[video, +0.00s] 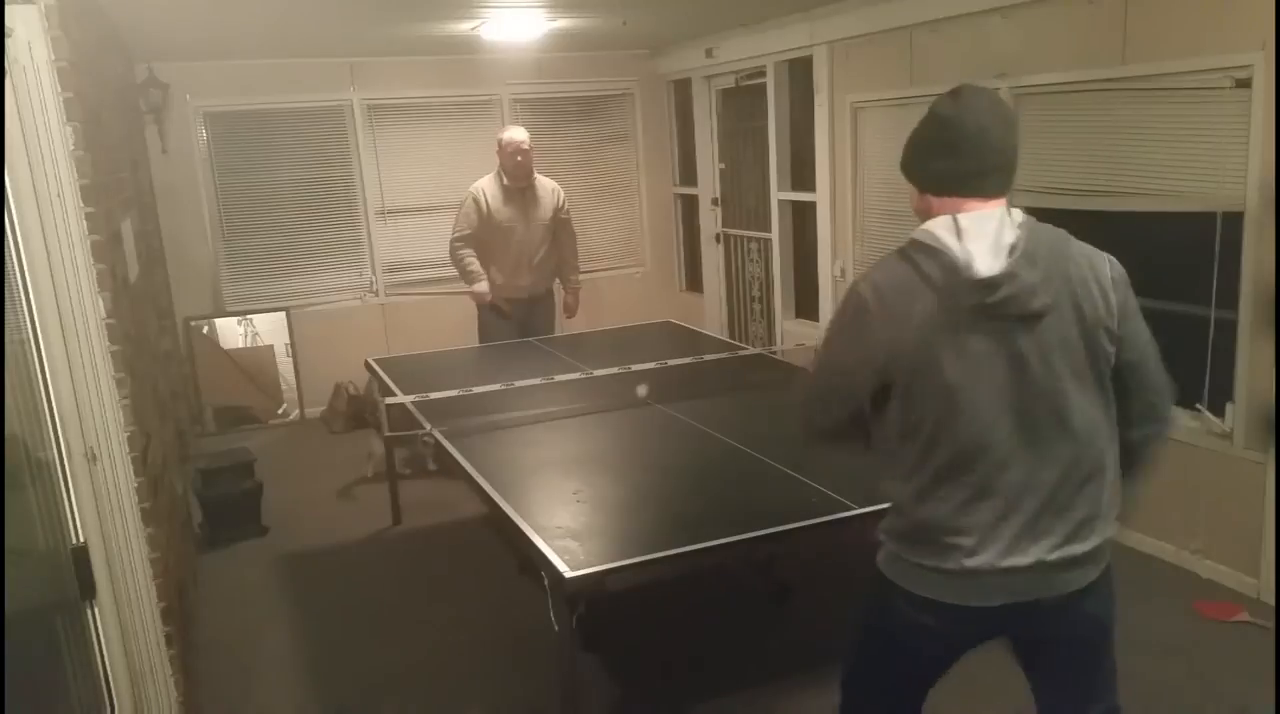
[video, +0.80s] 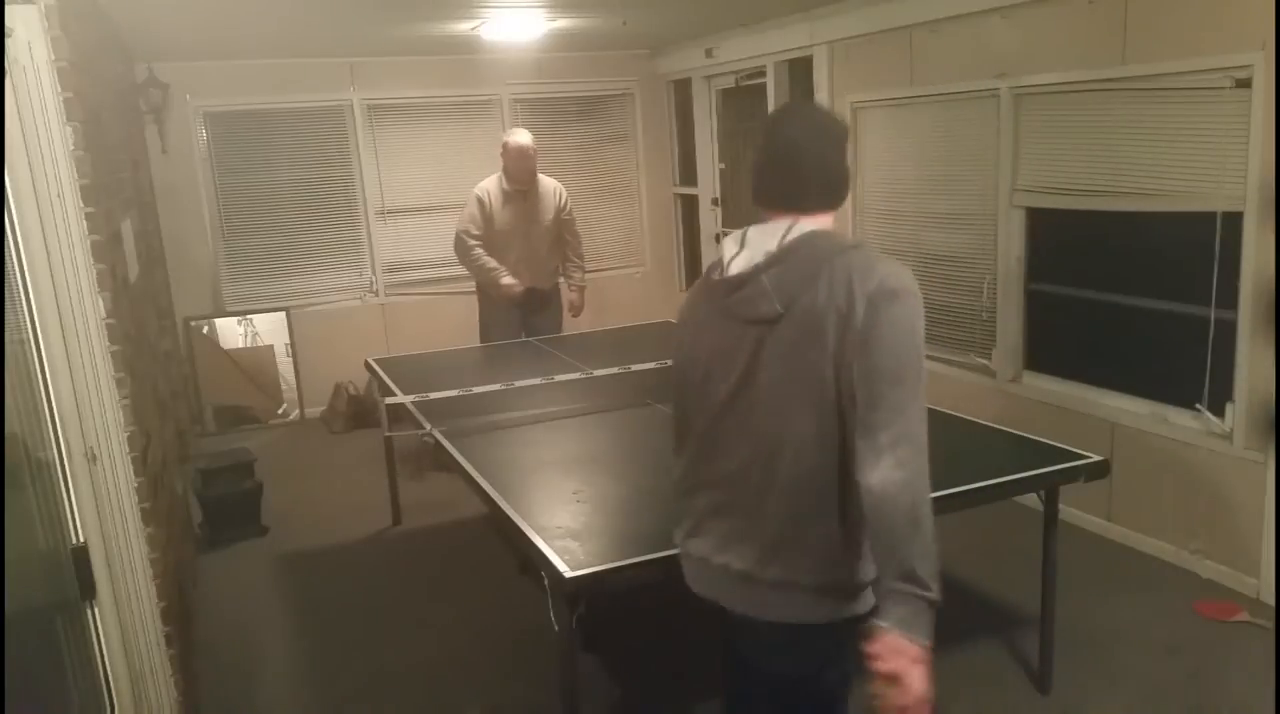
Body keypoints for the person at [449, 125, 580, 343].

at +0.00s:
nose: (519, 159)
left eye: (524, 152)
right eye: (512, 153)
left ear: (532, 152)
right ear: (499, 154)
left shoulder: (552, 192)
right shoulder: (480, 194)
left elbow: (567, 244)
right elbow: (460, 243)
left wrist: (572, 289)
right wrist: (477, 281)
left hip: (540, 301)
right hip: (497, 303)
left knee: (542, 372)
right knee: (499, 372)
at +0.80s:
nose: (527, 165)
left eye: (530, 157)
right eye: (519, 159)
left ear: (536, 155)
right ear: (503, 157)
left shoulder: (554, 192)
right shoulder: (484, 194)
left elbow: (571, 243)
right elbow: (466, 244)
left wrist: (575, 287)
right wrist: (501, 278)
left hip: (544, 296)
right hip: (499, 300)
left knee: (550, 366)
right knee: (503, 368)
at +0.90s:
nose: (536, 172)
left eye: (539, 164)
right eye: (529, 165)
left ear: (544, 162)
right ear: (511, 161)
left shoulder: (557, 195)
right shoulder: (490, 196)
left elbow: (570, 248)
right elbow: (479, 249)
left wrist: (576, 287)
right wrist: (525, 278)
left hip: (546, 302)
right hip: (501, 303)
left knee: (552, 371)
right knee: (504, 371)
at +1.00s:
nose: (541, 177)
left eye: (545, 169)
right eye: (533, 171)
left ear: (549, 165)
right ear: (516, 165)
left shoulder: (557, 197)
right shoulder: (496, 197)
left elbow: (567, 248)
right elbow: (497, 250)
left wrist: (573, 291)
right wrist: (550, 266)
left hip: (545, 296)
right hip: (503, 299)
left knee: (554, 363)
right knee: (506, 367)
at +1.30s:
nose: (535, 162)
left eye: (539, 155)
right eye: (527, 156)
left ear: (544, 156)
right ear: (512, 158)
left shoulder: (555, 194)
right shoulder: (495, 192)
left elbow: (564, 244)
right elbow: (479, 240)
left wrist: (568, 285)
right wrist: (512, 256)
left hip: (548, 292)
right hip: (508, 295)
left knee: (555, 357)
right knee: (516, 359)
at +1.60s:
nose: (519, 156)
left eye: (525, 149)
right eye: (512, 151)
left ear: (535, 152)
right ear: (503, 156)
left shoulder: (555, 192)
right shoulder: (485, 190)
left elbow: (570, 246)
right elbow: (459, 233)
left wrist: (571, 289)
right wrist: (472, 263)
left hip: (542, 294)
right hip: (500, 296)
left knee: (544, 361)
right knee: (504, 363)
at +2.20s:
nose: (490, 152)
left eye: (494, 145)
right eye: (482, 148)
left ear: (505, 149)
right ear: (472, 156)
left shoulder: (535, 182)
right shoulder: (460, 197)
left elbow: (571, 214)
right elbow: (441, 241)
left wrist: (557, 258)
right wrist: (449, 276)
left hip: (533, 295)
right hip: (487, 302)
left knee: (542, 365)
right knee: (498, 369)